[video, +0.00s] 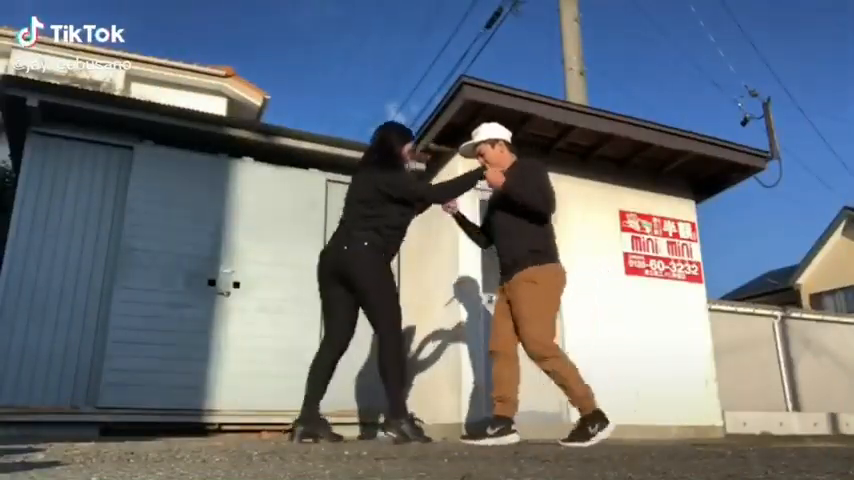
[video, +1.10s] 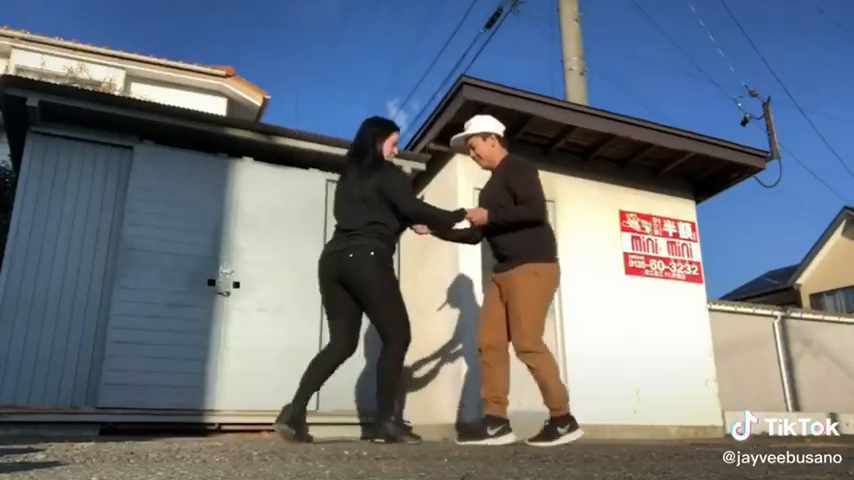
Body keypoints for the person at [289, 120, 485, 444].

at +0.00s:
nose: (413, 154)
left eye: (413, 148)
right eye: (409, 148)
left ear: (380, 146)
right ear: (396, 147)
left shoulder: (366, 174)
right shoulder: (392, 177)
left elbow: (410, 207)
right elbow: (436, 193)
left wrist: (431, 186)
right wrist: (480, 172)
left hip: (334, 258)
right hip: (366, 260)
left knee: (336, 338)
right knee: (390, 334)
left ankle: (308, 417)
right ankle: (398, 418)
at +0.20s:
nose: (377, 158)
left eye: (378, 152)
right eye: (375, 151)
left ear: (353, 146)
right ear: (362, 146)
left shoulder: (342, 178)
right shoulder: (345, 172)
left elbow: (382, 238)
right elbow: (375, 214)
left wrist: (423, 239)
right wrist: (426, 220)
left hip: (310, 263)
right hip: (318, 262)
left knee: (314, 342)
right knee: (346, 335)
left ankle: (307, 418)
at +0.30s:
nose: (368, 155)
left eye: (370, 149)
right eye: (366, 147)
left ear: (348, 144)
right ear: (350, 142)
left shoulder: (344, 183)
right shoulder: (327, 167)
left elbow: (375, 238)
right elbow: (358, 211)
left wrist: (415, 239)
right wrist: (401, 216)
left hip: (323, 270)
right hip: (294, 258)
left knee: (322, 339)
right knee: (289, 333)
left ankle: (307, 420)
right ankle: (233, 402)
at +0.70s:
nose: (360, 150)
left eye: (361, 144)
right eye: (358, 143)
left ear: (338, 140)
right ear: (343, 139)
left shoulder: (330, 172)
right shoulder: (332, 167)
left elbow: (358, 229)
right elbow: (367, 211)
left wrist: (394, 224)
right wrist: (413, 211)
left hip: (302, 255)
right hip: (300, 252)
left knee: (300, 336)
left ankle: (280, 418)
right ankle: (240, 388)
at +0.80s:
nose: (368, 147)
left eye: (369, 140)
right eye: (365, 139)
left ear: (338, 135)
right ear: (350, 136)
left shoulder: (323, 163)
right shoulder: (351, 166)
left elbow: (353, 216)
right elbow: (390, 204)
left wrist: (385, 207)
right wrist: (437, 210)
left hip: (292, 247)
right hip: (320, 248)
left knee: (289, 334)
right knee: (352, 321)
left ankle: (278, 418)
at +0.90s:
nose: (377, 146)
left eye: (378, 139)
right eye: (374, 139)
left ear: (345, 135)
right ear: (359, 136)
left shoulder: (325, 165)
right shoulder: (365, 170)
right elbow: (405, 204)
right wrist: (454, 210)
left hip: (300, 244)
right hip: (337, 244)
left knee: (293, 331)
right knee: (365, 324)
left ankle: (280, 418)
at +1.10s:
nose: (395, 150)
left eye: (396, 144)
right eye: (393, 143)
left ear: (367, 140)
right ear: (378, 141)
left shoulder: (350, 173)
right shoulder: (387, 173)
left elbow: (373, 208)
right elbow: (413, 210)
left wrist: (409, 221)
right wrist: (458, 215)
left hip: (334, 258)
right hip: (368, 259)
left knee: (342, 342)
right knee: (397, 336)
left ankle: (294, 410)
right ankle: (387, 420)